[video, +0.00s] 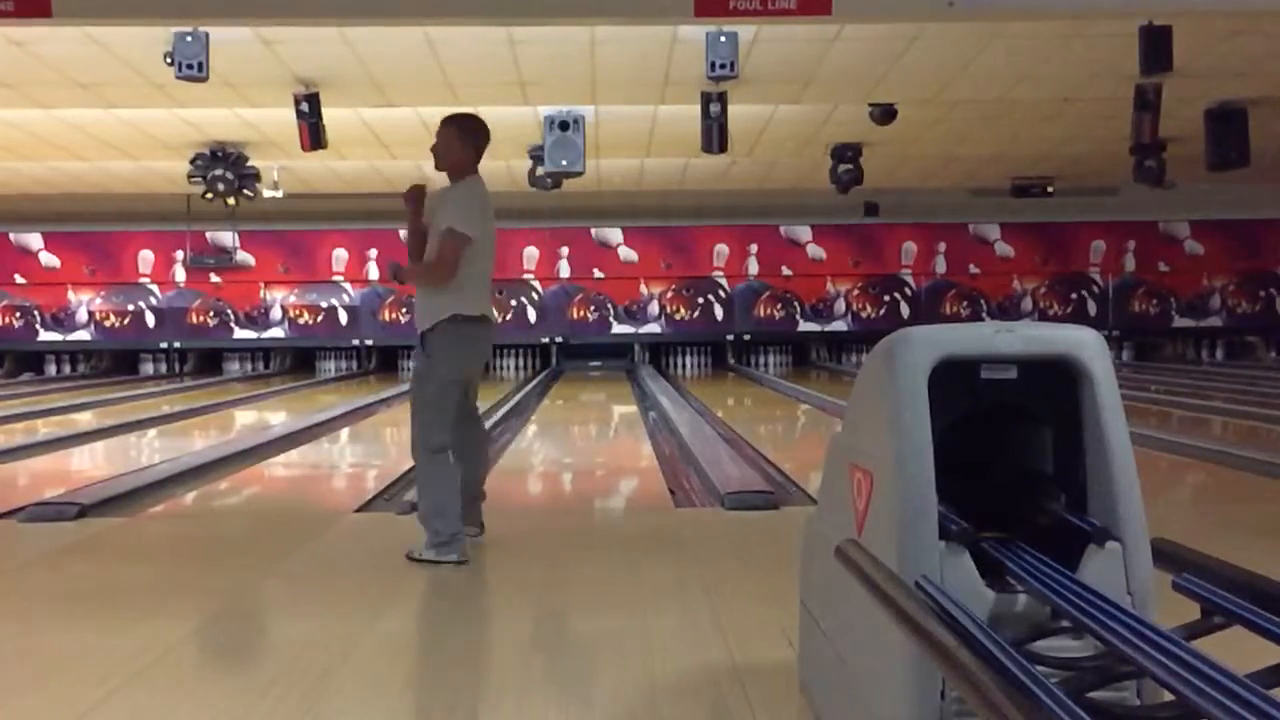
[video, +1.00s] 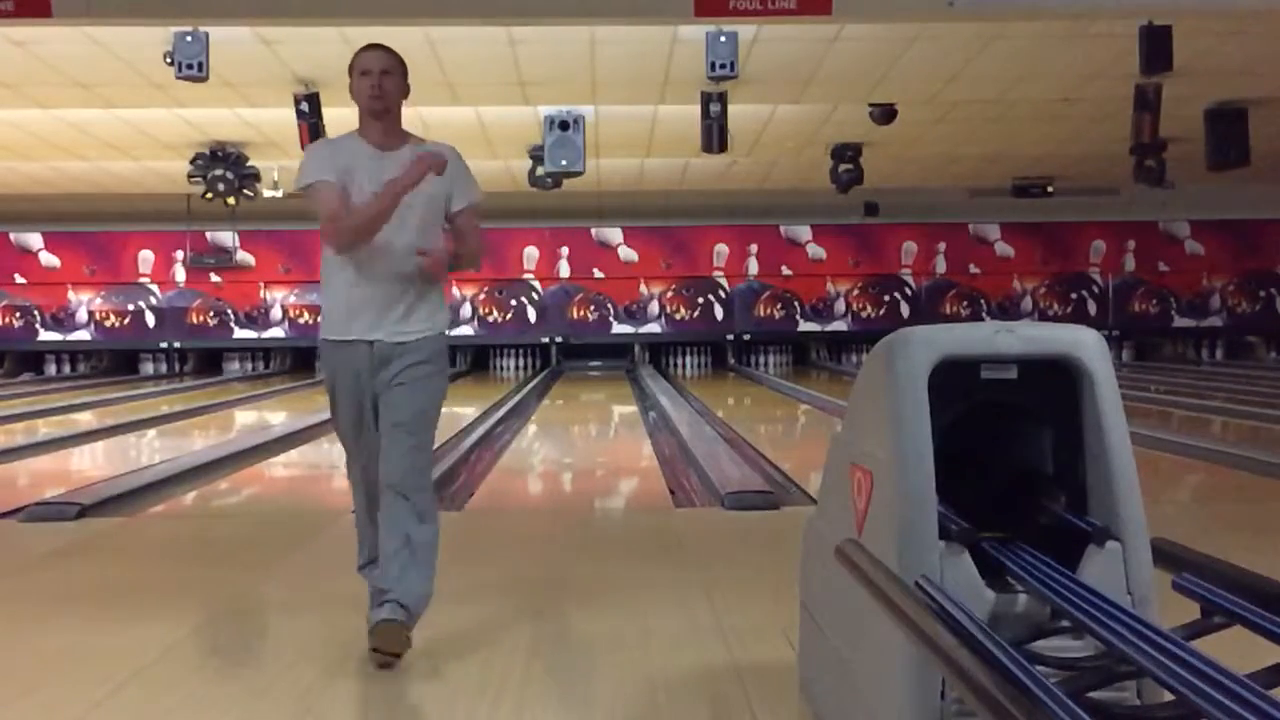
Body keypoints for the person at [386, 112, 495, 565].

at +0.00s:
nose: (432, 147)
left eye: (441, 139)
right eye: (435, 139)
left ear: (465, 146)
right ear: (467, 149)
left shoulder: (463, 197)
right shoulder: (464, 194)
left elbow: (442, 270)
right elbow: (419, 258)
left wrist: (405, 272)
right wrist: (414, 214)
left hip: (452, 329)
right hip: (465, 328)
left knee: (431, 437)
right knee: (462, 425)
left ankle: (443, 541)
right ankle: (468, 516)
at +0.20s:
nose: (431, 128)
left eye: (443, 122)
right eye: (430, 120)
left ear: (466, 132)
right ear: (428, 127)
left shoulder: (468, 183)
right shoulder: (410, 176)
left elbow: (432, 255)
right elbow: (390, 240)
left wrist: (389, 254)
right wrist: (420, 195)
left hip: (468, 331)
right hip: (419, 329)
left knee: (461, 442)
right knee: (402, 435)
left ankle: (452, 540)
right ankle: (405, 535)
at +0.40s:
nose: (418, 129)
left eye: (430, 122)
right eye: (413, 120)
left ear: (452, 130)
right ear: (405, 127)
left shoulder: (467, 186)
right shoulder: (384, 179)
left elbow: (446, 265)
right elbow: (391, 242)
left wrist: (390, 262)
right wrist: (425, 189)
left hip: (455, 336)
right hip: (395, 332)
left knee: (452, 451)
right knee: (396, 443)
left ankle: (448, 547)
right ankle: (373, 552)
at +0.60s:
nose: (394, 115)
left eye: (403, 106)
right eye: (385, 107)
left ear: (422, 114)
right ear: (373, 116)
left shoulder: (453, 172)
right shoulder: (357, 172)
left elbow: (461, 252)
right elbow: (387, 239)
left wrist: (401, 261)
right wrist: (423, 178)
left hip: (441, 332)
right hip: (378, 330)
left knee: (443, 453)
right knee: (385, 455)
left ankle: (445, 529)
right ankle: (389, 573)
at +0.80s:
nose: (381, 92)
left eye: (391, 82)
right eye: (371, 83)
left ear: (410, 94)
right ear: (356, 95)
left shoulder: (438, 152)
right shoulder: (342, 153)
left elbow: (468, 236)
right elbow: (394, 218)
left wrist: (407, 244)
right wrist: (429, 147)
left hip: (431, 324)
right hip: (366, 325)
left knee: (430, 447)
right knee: (377, 455)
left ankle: (436, 571)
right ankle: (386, 576)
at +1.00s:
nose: (375, 83)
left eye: (386, 74)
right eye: (364, 75)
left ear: (406, 88)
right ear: (351, 88)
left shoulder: (441, 160)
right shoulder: (326, 156)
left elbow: (472, 246)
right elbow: (342, 233)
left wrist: (451, 255)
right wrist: (406, 181)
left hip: (417, 338)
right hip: (347, 339)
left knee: (404, 473)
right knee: (366, 473)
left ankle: (396, 609)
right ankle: (381, 589)